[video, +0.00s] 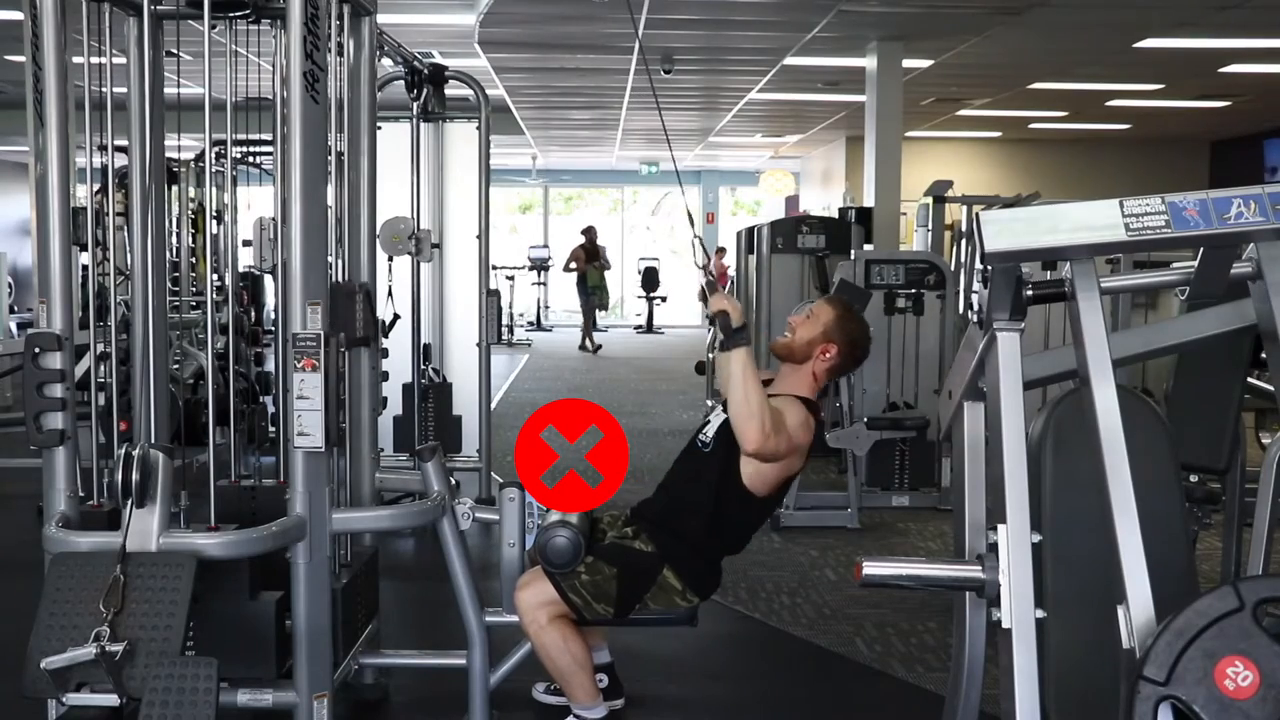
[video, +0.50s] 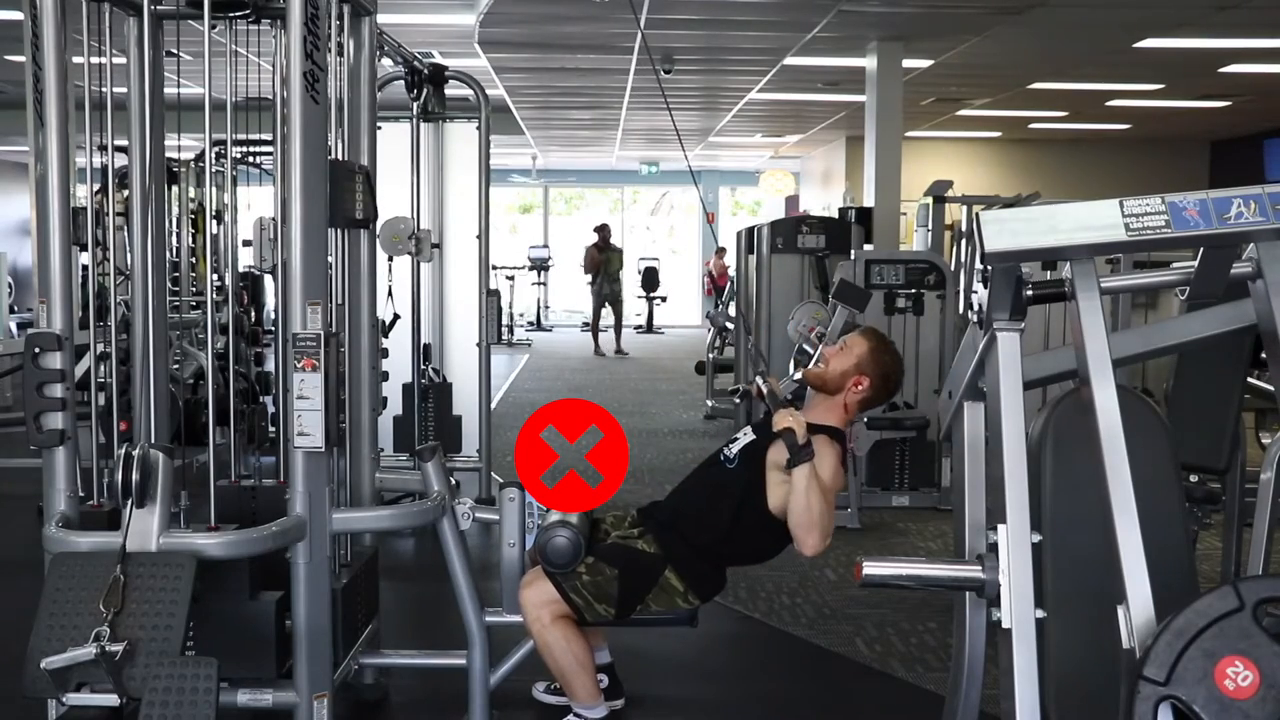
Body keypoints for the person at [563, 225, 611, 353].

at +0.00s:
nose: (595, 236)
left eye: (595, 234)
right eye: (592, 234)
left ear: (596, 235)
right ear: (586, 236)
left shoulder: (600, 249)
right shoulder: (578, 251)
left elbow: (608, 266)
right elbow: (565, 268)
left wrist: (601, 264)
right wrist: (577, 268)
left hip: (597, 282)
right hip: (584, 282)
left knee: (591, 313)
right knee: (587, 314)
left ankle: (583, 342)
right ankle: (593, 344)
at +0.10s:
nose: (597, 236)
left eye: (597, 234)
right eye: (594, 234)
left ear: (598, 235)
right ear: (588, 236)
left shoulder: (602, 249)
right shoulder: (581, 251)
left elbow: (611, 265)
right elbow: (569, 269)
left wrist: (606, 263)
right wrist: (581, 268)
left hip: (601, 284)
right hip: (588, 284)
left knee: (594, 314)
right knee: (591, 315)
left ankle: (584, 340)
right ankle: (596, 345)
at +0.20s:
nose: (599, 235)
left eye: (599, 232)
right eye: (596, 233)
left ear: (601, 233)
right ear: (590, 234)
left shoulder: (605, 248)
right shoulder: (583, 251)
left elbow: (613, 264)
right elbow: (572, 270)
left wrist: (607, 261)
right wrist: (583, 268)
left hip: (604, 284)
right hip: (591, 285)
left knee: (603, 315)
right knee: (594, 314)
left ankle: (589, 335)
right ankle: (596, 345)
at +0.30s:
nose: (602, 234)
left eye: (602, 232)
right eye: (599, 232)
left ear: (603, 233)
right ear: (593, 233)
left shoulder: (607, 247)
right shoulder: (585, 250)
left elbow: (615, 262)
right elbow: (576, 270)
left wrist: (611, 261)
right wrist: (589, 266)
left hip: (607, 286)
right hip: (594, 288)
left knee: (611, 315)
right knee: (595, 317)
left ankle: (597, 332)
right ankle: (597, 346)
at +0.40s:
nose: (605, 234)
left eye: (606, 231)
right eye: (603, 232)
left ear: (606, 233)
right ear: (596, 233)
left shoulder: (610, 247)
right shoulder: (588, 250)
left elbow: (618, 263)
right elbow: (581, 269)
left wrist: (613, 255)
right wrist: (594, 265)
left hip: (610, 286)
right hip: (596, 287)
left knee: (617, 313)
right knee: (596, 318)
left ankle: (606, 339)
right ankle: (596, 346)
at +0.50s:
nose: (608, 234)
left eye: (609, 232)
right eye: (605, 232)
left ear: (610, 233)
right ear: (599, 234)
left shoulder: (617, 251)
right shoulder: (592, 250)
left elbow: (619, 267)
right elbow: (588, 270)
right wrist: (599, 260)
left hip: (614, 287)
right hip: (599, 286)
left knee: (618, 316)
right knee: (596, 317)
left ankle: (618, 346)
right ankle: (596, 346)